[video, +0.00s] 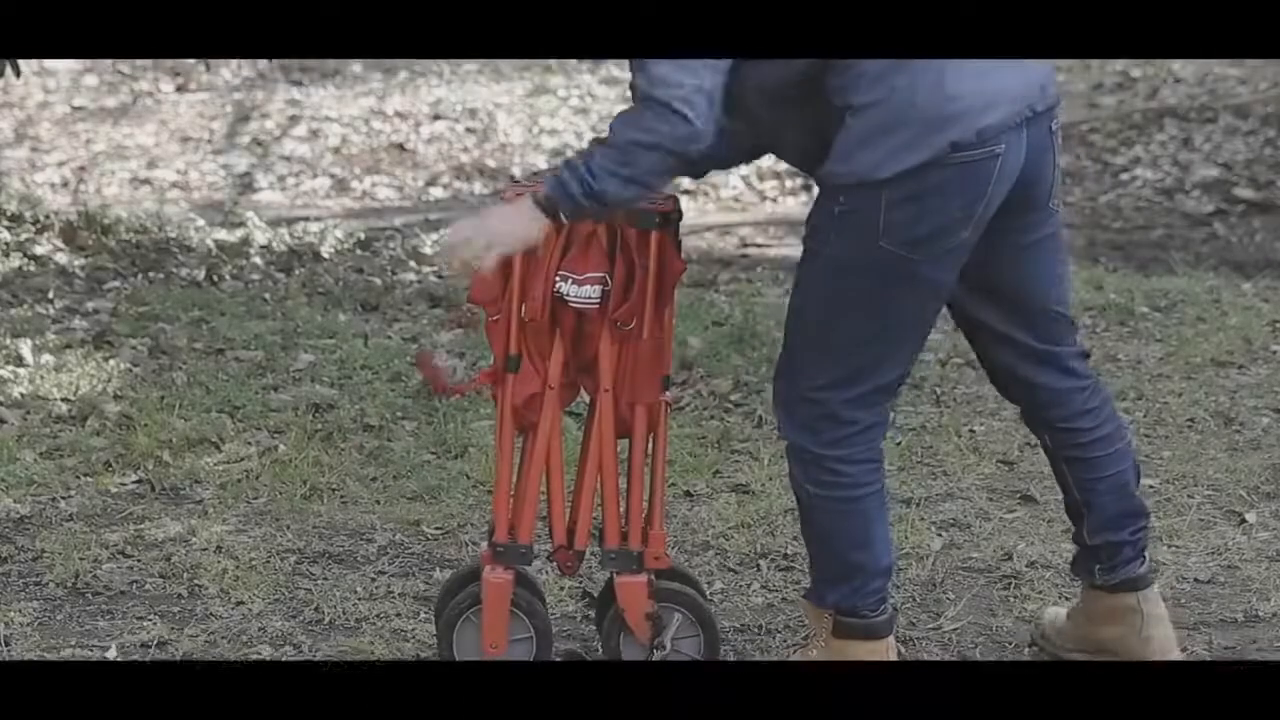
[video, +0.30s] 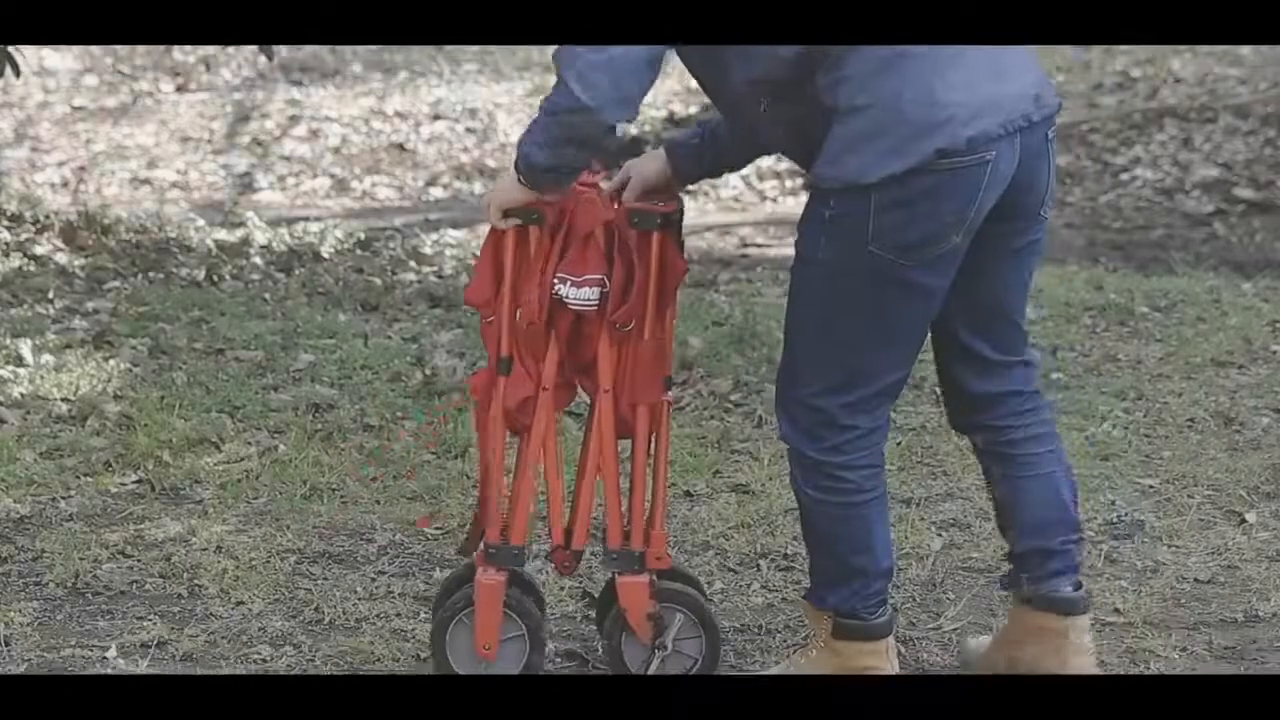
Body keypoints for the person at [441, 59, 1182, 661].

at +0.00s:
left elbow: (675, 126)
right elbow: (740, 125)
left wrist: (539, 204)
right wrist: (575, 183)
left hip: (909, 137)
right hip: (1018, 104)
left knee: (828, 407)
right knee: (1047, 365)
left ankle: (856, 639)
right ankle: (1124, 603)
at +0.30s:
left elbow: (599, 92)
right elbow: (798, 96)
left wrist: (534, 174)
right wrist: (675, 161)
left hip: (900, 147)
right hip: (1021, 116)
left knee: (830, 416)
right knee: (998, 380)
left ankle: (857, 644)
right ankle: (1054, 624)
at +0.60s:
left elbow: (617, 54)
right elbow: (877, 93)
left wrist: (483, 153)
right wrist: (750, 168)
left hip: (946, 151)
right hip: (1073, 140)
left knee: (809, 388)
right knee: (1012, 416)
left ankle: (838, 650)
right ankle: (1012, 660)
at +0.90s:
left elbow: (623, 74)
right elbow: (949, 66)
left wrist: (562, 196)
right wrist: (814, 168)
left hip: (912, 152)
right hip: (1049, 143)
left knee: (809, 418)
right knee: (1031, 433)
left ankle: (795, 667)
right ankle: (1013, 667)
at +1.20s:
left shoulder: (639, 9)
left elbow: (586, 154)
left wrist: (540, 300)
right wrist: (766, 284)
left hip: (813, 174)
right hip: (967, 154)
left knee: (751, 432)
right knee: (1004, 425)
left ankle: (778, 673)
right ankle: (1036, 668)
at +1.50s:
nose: (607, 31)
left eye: (609, 23)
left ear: (634, 11)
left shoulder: (638, 29)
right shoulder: (848, 9)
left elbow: (599, 230)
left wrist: (559, 378)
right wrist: (787, 312)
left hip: (780, 189)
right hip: (939, 159)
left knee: (729, 436)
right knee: (995, 426)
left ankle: (778, 674)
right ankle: (1040, 672)